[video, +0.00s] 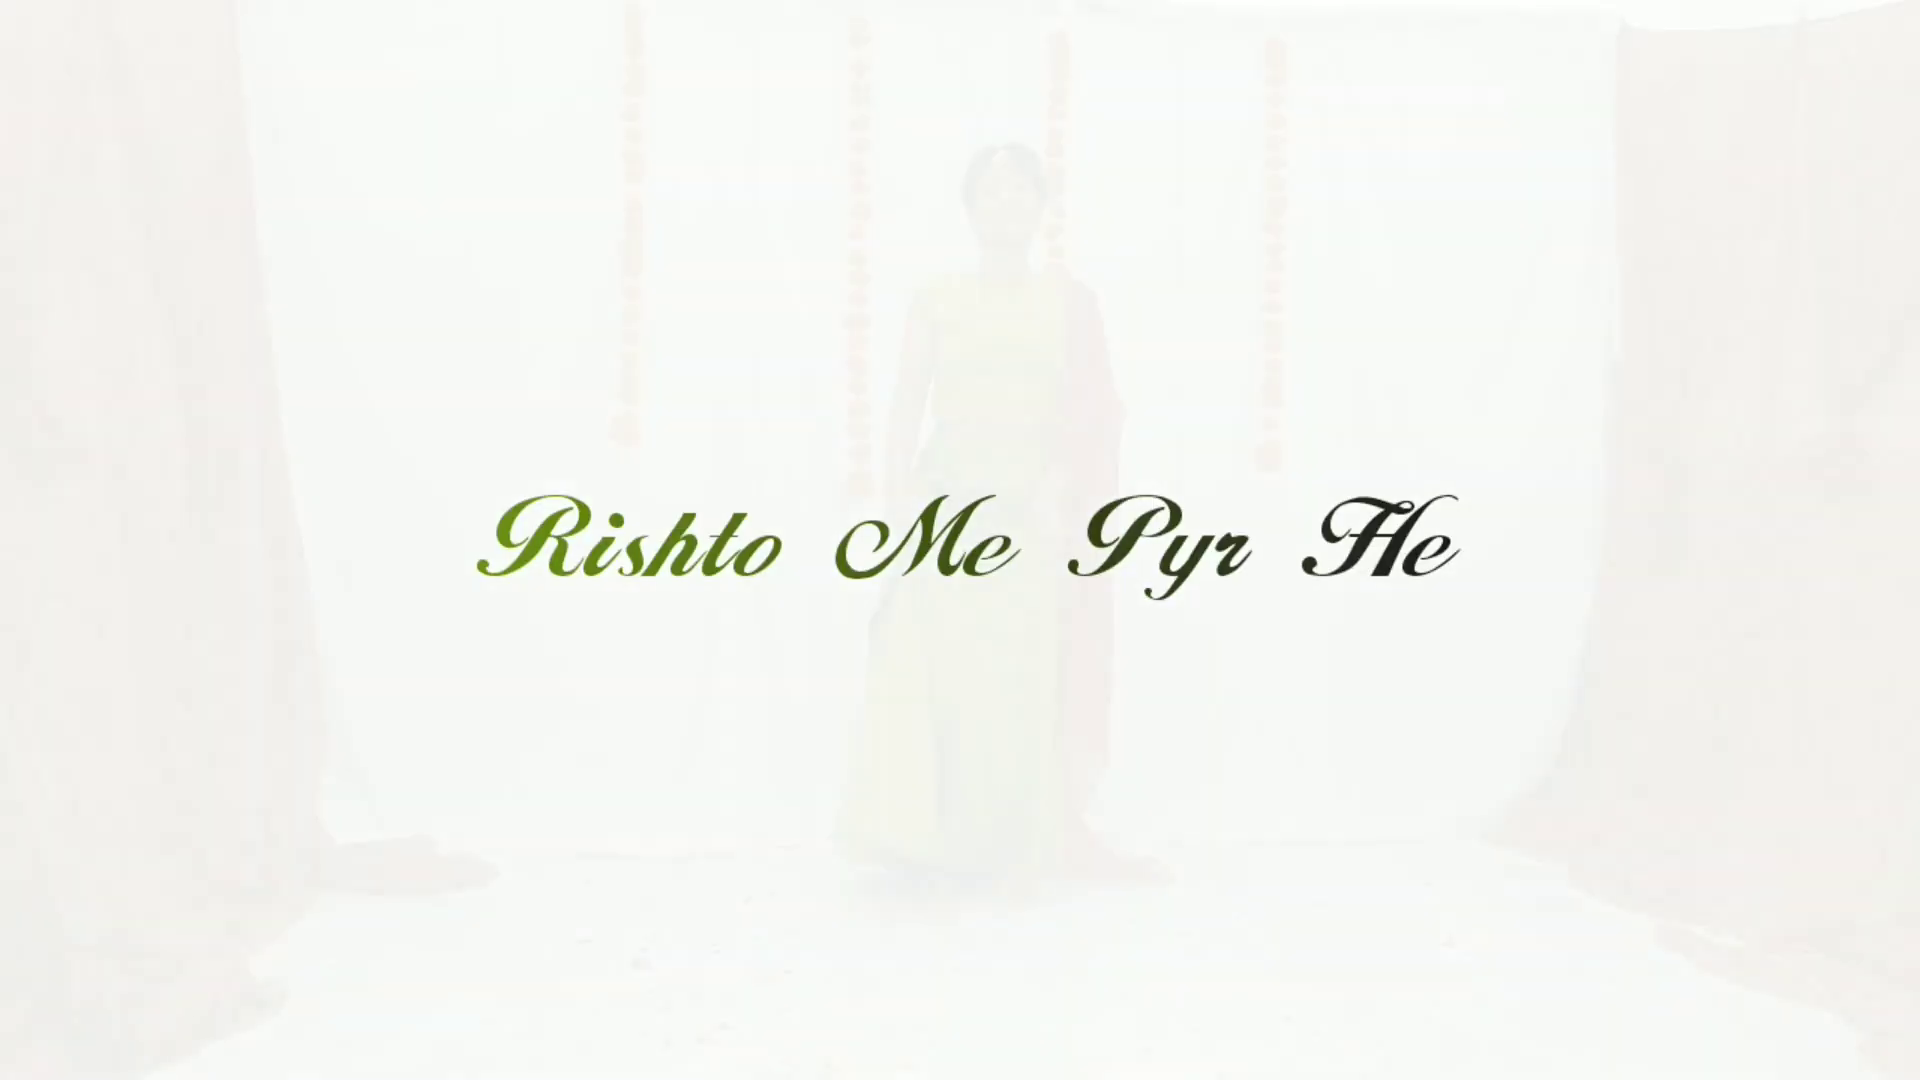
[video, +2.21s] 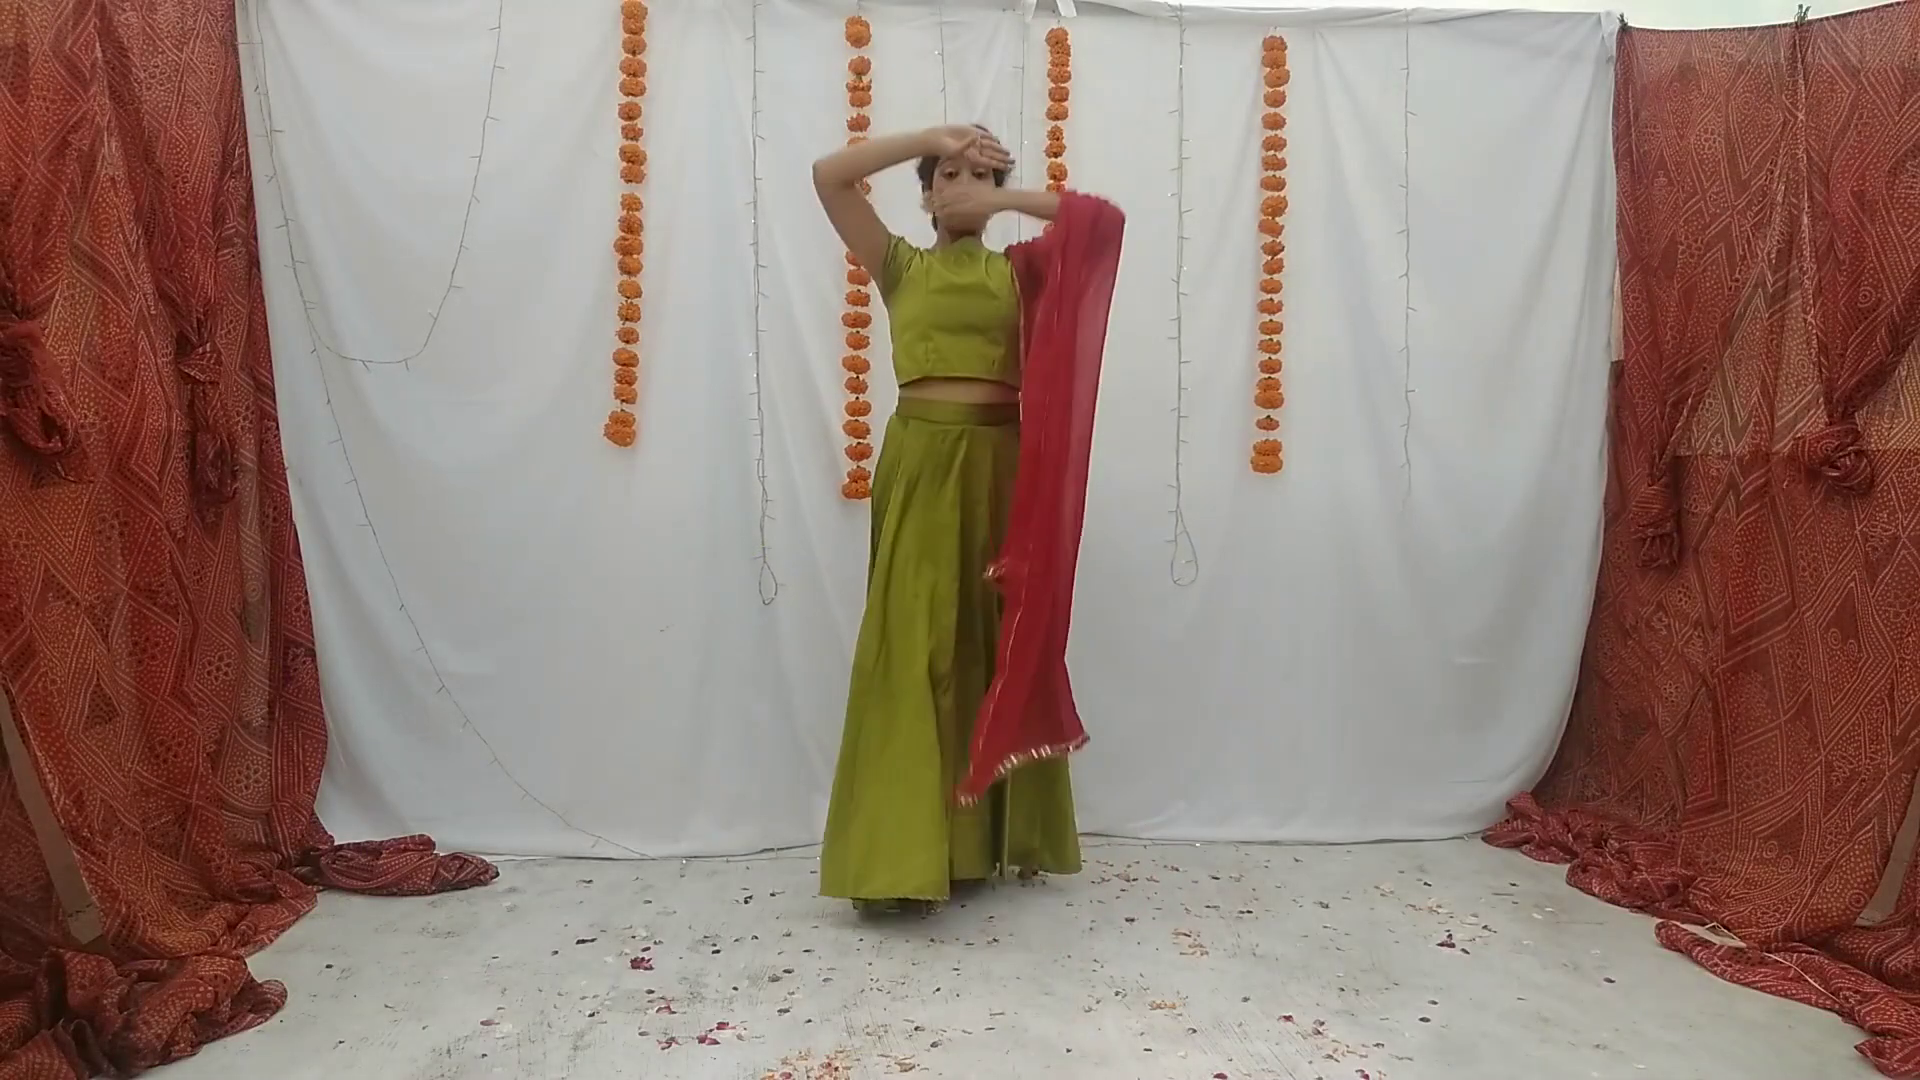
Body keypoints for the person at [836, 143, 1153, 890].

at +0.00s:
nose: (1004, 213)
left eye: (1018, 197)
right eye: (991, 198)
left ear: (1040, 206)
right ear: (970, 206)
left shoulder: (1068, 302)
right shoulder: (940, 299)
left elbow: (1096, 417)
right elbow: (906, 412)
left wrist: (1091, 513)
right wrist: (898, 504)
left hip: (1040, 504)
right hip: (950, 503)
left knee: (1025, 669)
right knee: (946, 667)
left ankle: (1020, 836)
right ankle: (936, 835)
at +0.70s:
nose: (996, 236)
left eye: (1012, 224)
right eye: (983, 223)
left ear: (1034, 237)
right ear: (963, 235)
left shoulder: (1060, 328)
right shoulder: (931, 325)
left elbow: (1102, 431)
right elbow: (888, 434)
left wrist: (1059, 494)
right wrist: (830, 523)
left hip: (1021, 519)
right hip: (944, 518)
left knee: (1003, 686)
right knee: (920, 680)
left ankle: (1009, 865)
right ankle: (939, 864)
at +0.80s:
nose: (999, 226)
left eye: (1014, 213)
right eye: (986, 213)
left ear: (1036, 226)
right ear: (965, 225)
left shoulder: (1059, 317)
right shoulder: (931, 309)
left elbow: (1104, 416)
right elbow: (846, 385)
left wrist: (1025, 440)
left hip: (1025, 507)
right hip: (948, 505)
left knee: (1011, 680)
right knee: (932, 674)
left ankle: (1019, 867)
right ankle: (918, 864)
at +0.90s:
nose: (997, 197)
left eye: (1012, 186)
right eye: (983, 185)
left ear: (1034, 201)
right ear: (963, 200)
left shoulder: (1058, 290)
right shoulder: (931, 283)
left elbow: (1105, 367)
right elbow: (814, 311)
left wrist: (1007, 380)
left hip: (1034, 486)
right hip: (950, 486)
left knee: (1028, 667)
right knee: (944, 663)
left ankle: (1030, 861)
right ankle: (933, 863)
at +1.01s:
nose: (993, 189)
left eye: (1007, 177)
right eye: (979, 176)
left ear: (1029, 194)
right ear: (958, 192)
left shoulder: (1052, 278)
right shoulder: (928, 272)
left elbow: (1089, 341)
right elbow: (810, 248)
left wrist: (981, 348)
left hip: (1025, 475)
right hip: (941, 473)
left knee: (1019, 660)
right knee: (937, 658)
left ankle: (1021, 858)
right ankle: (929, 861)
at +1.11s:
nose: (989, 193)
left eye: (1004, 182)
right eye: (975, 183)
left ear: (1028, 199)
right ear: (954, 202)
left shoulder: (1050, 280)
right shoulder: (930, 278)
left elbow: (1068, 337)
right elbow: (838, 239)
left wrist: (955, 342)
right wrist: (920, 208)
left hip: (1023, 480)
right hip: (938, 476)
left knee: (1017, 662)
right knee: (936, 662)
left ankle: (1024, 859)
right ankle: (930, 860)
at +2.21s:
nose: (958, 181)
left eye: (973, 172)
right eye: (945, 172)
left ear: (997, 194)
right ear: (928, 194)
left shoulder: (1026, 273)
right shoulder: (902, 265)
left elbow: (1108, 225)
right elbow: (829, 175)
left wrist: (1008, 192)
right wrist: (929, 139)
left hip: (1006, 460)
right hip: (921, 456)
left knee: (998, 648)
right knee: (914, 652)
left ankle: (984, 846)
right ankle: (902, 863)